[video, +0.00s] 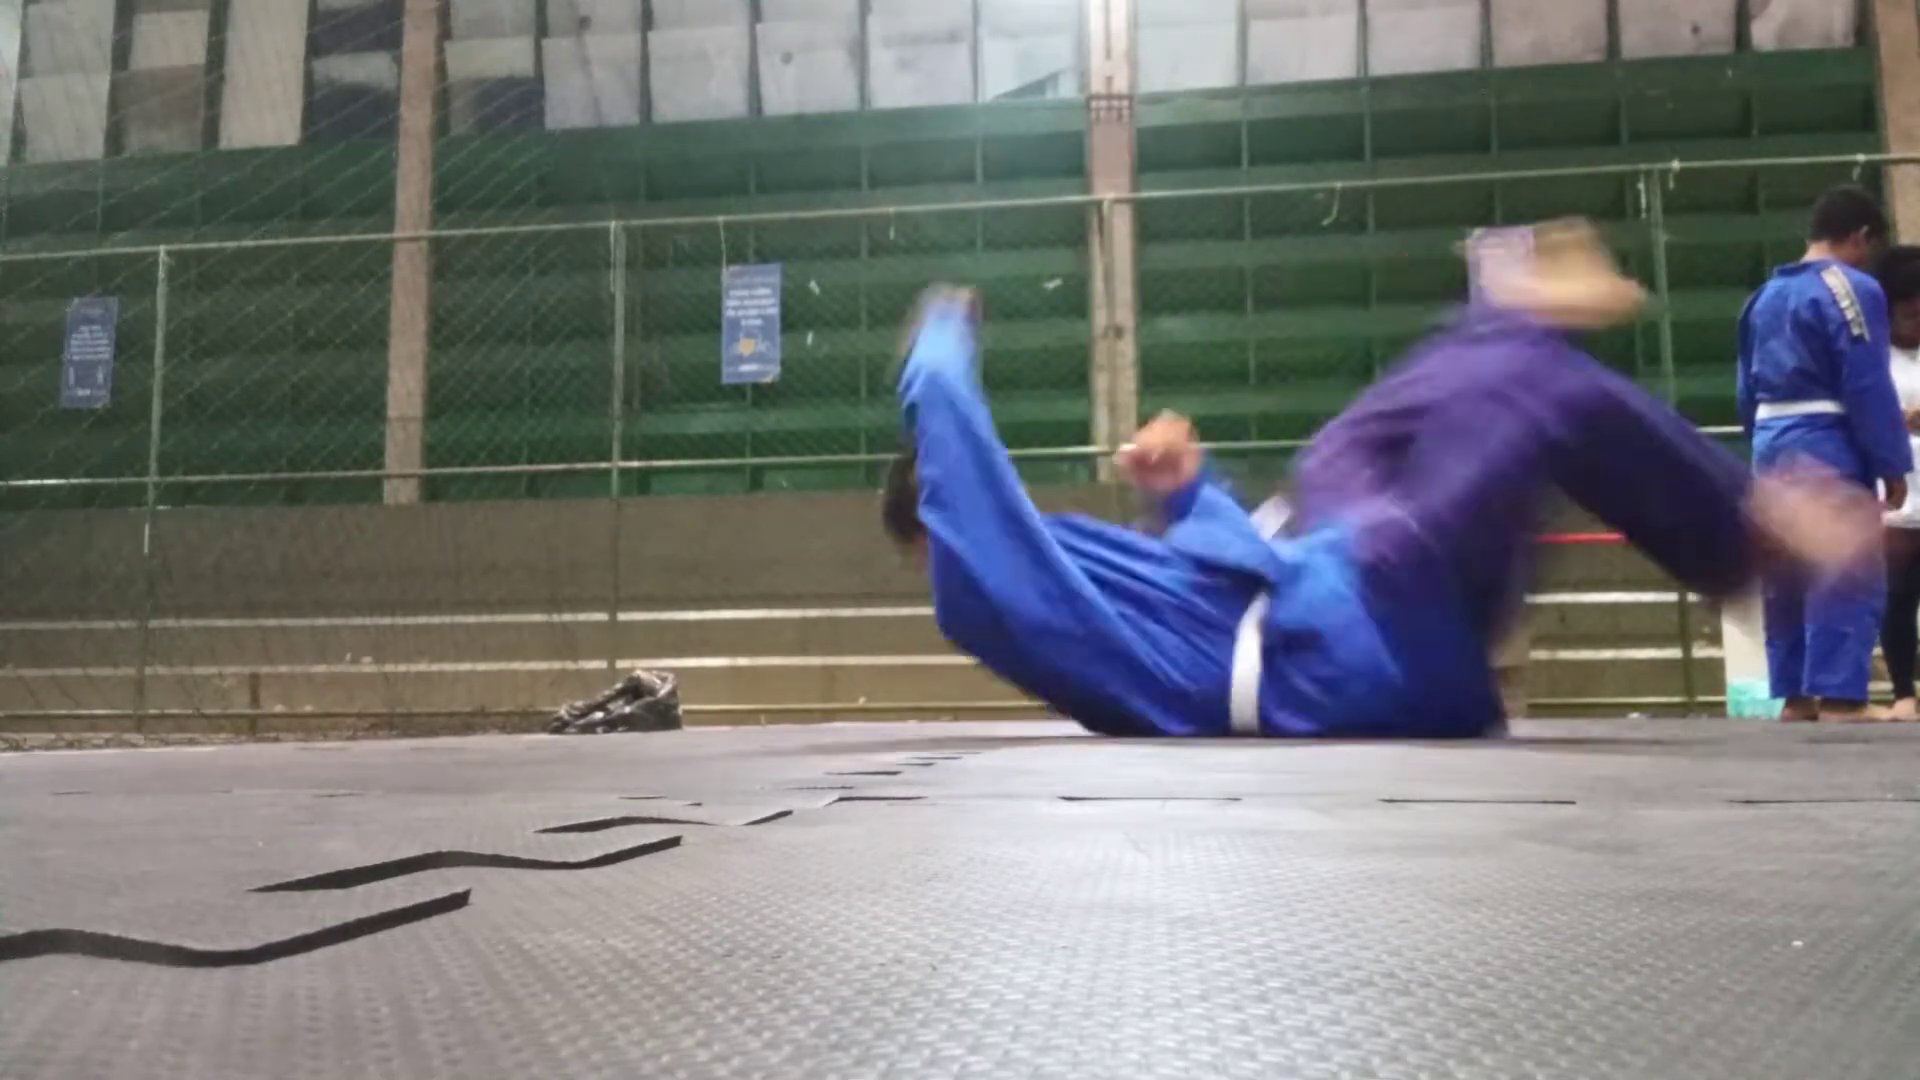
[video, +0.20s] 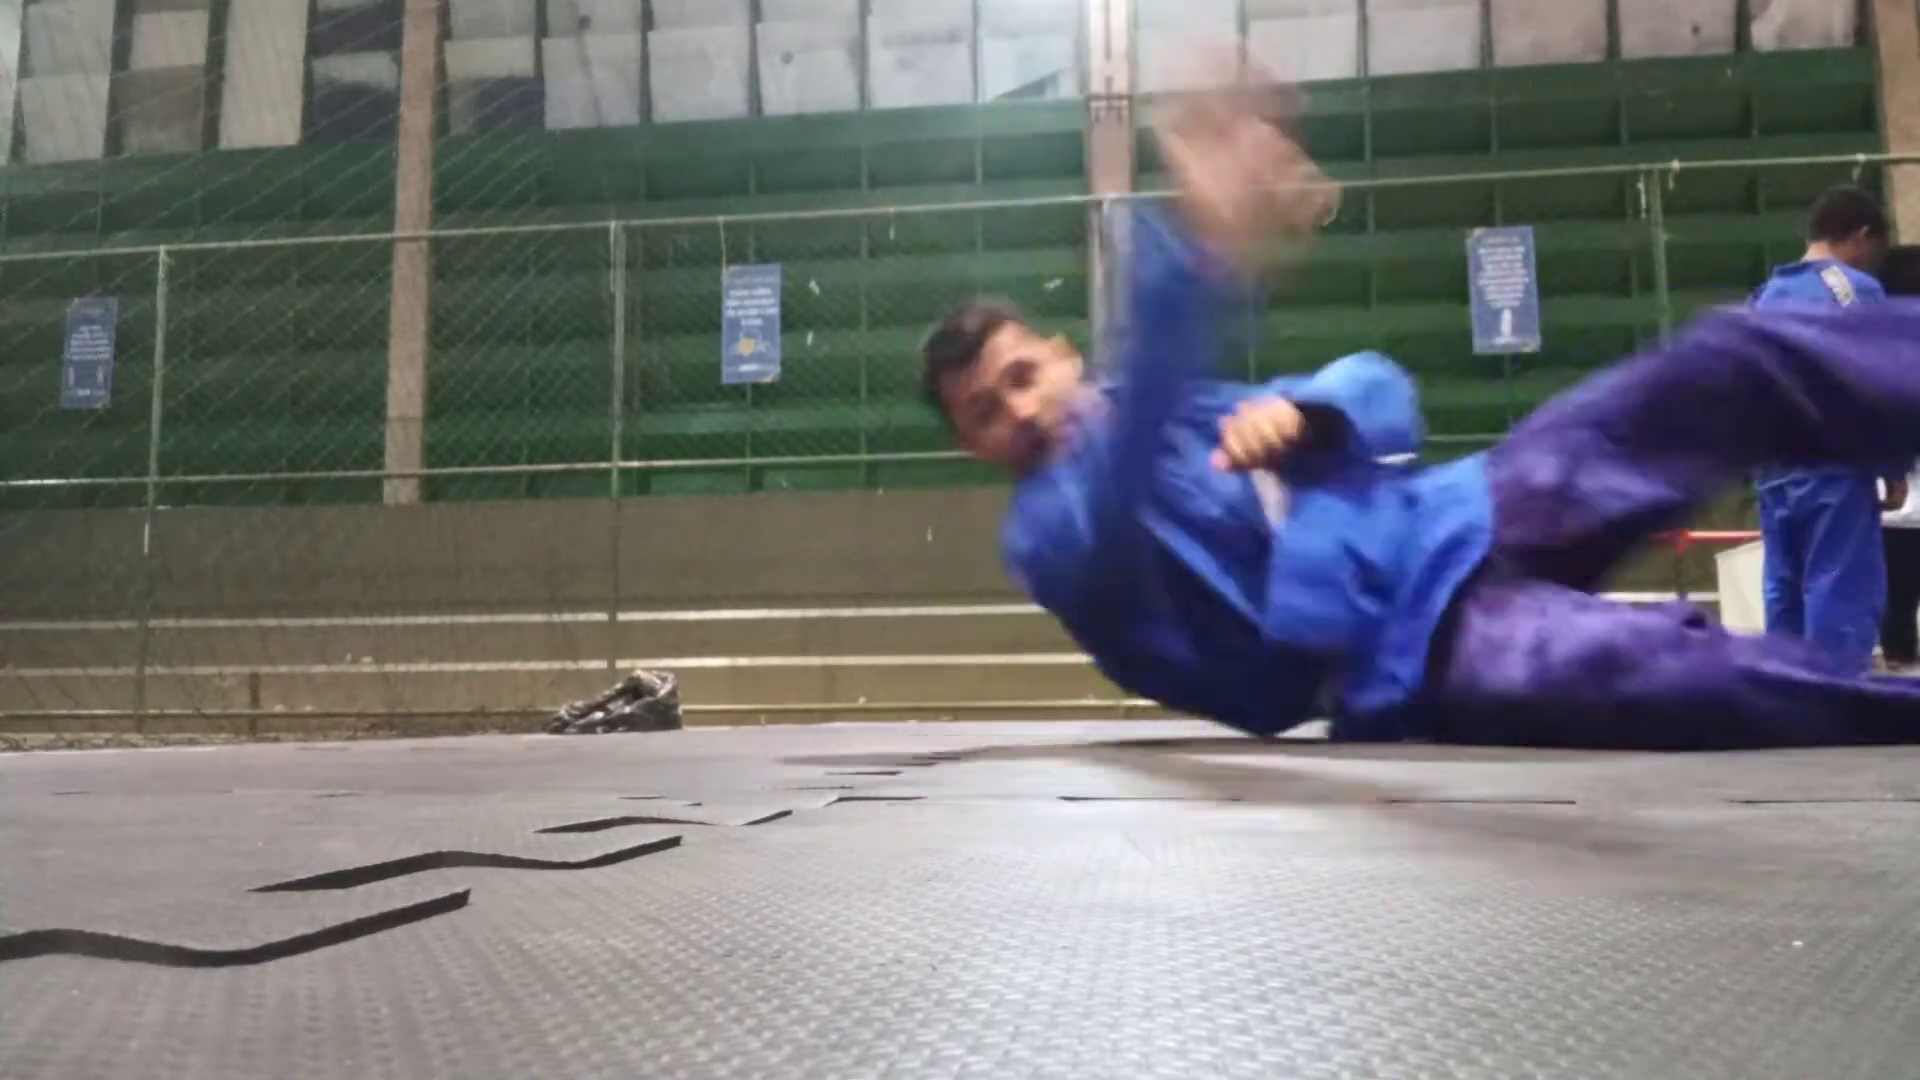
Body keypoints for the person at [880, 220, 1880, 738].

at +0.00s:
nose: (994, 491)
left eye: (987, 483)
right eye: (972, 488)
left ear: (951, 516)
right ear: (947, 506)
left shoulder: (1077, 571)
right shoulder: (995, 578)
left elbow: (1244, 575)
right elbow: (951, 438)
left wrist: (1186, 487)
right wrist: (937, 355)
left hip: (1362, 646)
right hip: (1327, 644)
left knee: (1476, 375)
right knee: (1535, 373)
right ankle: (1761, 536)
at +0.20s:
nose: (1027, 407)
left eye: (1029, 375)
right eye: (993, 413)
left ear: (1072, 351)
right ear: (977, 454)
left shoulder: (1181, 410)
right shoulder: (1050, 541)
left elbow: (1383, 383)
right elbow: (1132, 444)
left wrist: (1308, 414)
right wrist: (1200, 247)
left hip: (1464, 507)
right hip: (1417, 652)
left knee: (1737, 350)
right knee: (1649, 668)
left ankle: (1908, 395)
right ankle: (1903, 707)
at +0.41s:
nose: (1115, 387)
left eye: (1111, 345)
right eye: (1070, 390)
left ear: (1135, 305)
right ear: (1035, 418)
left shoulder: (1254, 320)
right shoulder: (1114, 530)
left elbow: (1495, 303)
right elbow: (1190, 687)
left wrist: (1423, 396)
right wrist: (1378, 700)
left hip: (1576, 478)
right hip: (1511, 639)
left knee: (1822, 413)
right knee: (1706, 660)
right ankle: (1901, 699)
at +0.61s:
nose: (1102, 414)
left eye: (1104, 372)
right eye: (1056, 408)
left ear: (1127, 337)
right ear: (1004, 430)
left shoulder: (1224, 379)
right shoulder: (1086, 581)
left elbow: (1458, 334)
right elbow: (1212, 688)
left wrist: (1405, 451)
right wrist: (1427, 714)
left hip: (1549, 486)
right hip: (1516, 654)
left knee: (1834, 365)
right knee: (1788, 637)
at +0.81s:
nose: (1024, 472)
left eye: (1018, 432)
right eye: (978, 478)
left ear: (1043, 409)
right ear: (937, 520)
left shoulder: (1146, 436)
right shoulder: (1070, 637)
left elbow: (1354, 373)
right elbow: (1246, 690)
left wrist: (1334, 493)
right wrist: (1455, 727)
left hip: (1491, 486)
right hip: (1486, 642)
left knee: (1723, 305)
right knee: (1761, 606)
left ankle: (1906, 313)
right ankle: (1901, 706)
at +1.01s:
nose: (1012, 482)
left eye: (1004, 447)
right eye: (968, 492)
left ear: (1024, 426)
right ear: (928, 541)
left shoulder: (1127, 458)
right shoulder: (1068, 652)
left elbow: (1326, 391)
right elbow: (1267, 701)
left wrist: (1322, 496)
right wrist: (1432, 714)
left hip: (1469, 484)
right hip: (1487, 643)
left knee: (1660, 267)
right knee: (1762, 559)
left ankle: (1909, 230)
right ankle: (1903, 689)